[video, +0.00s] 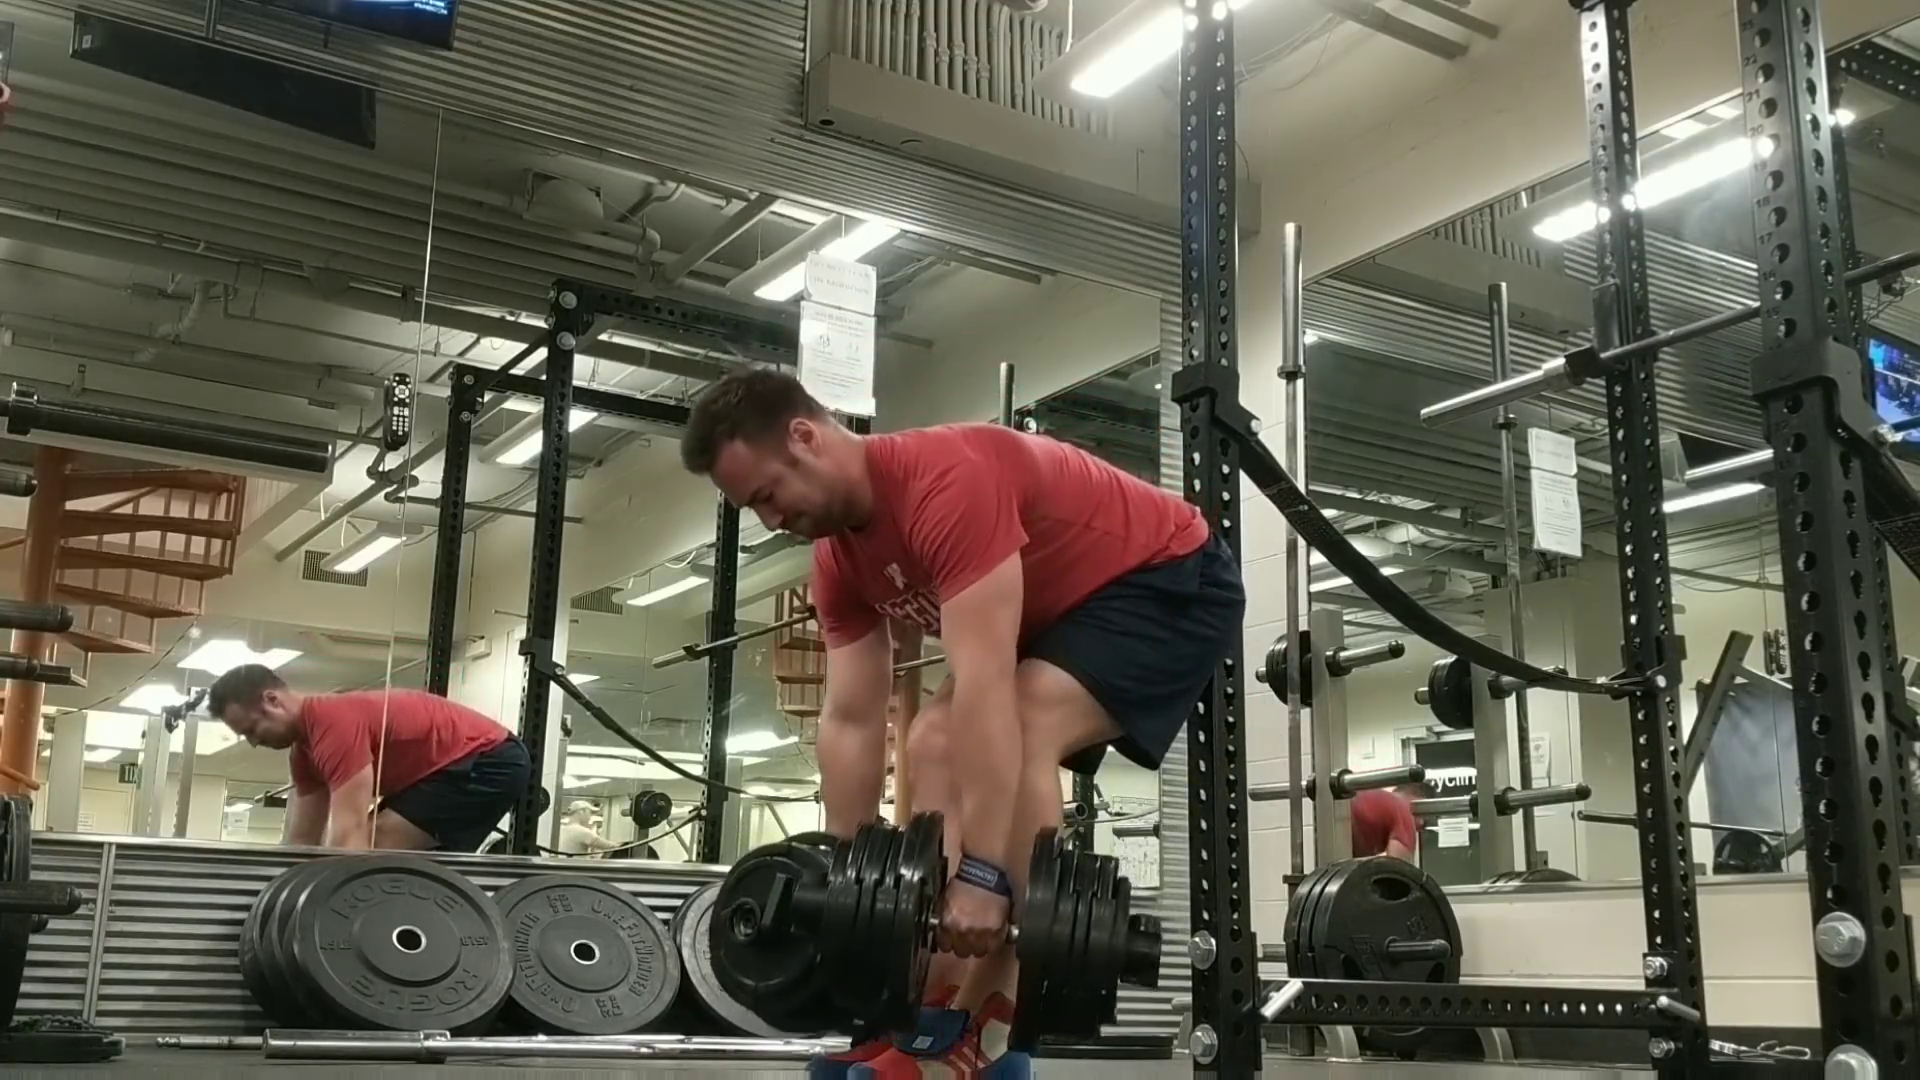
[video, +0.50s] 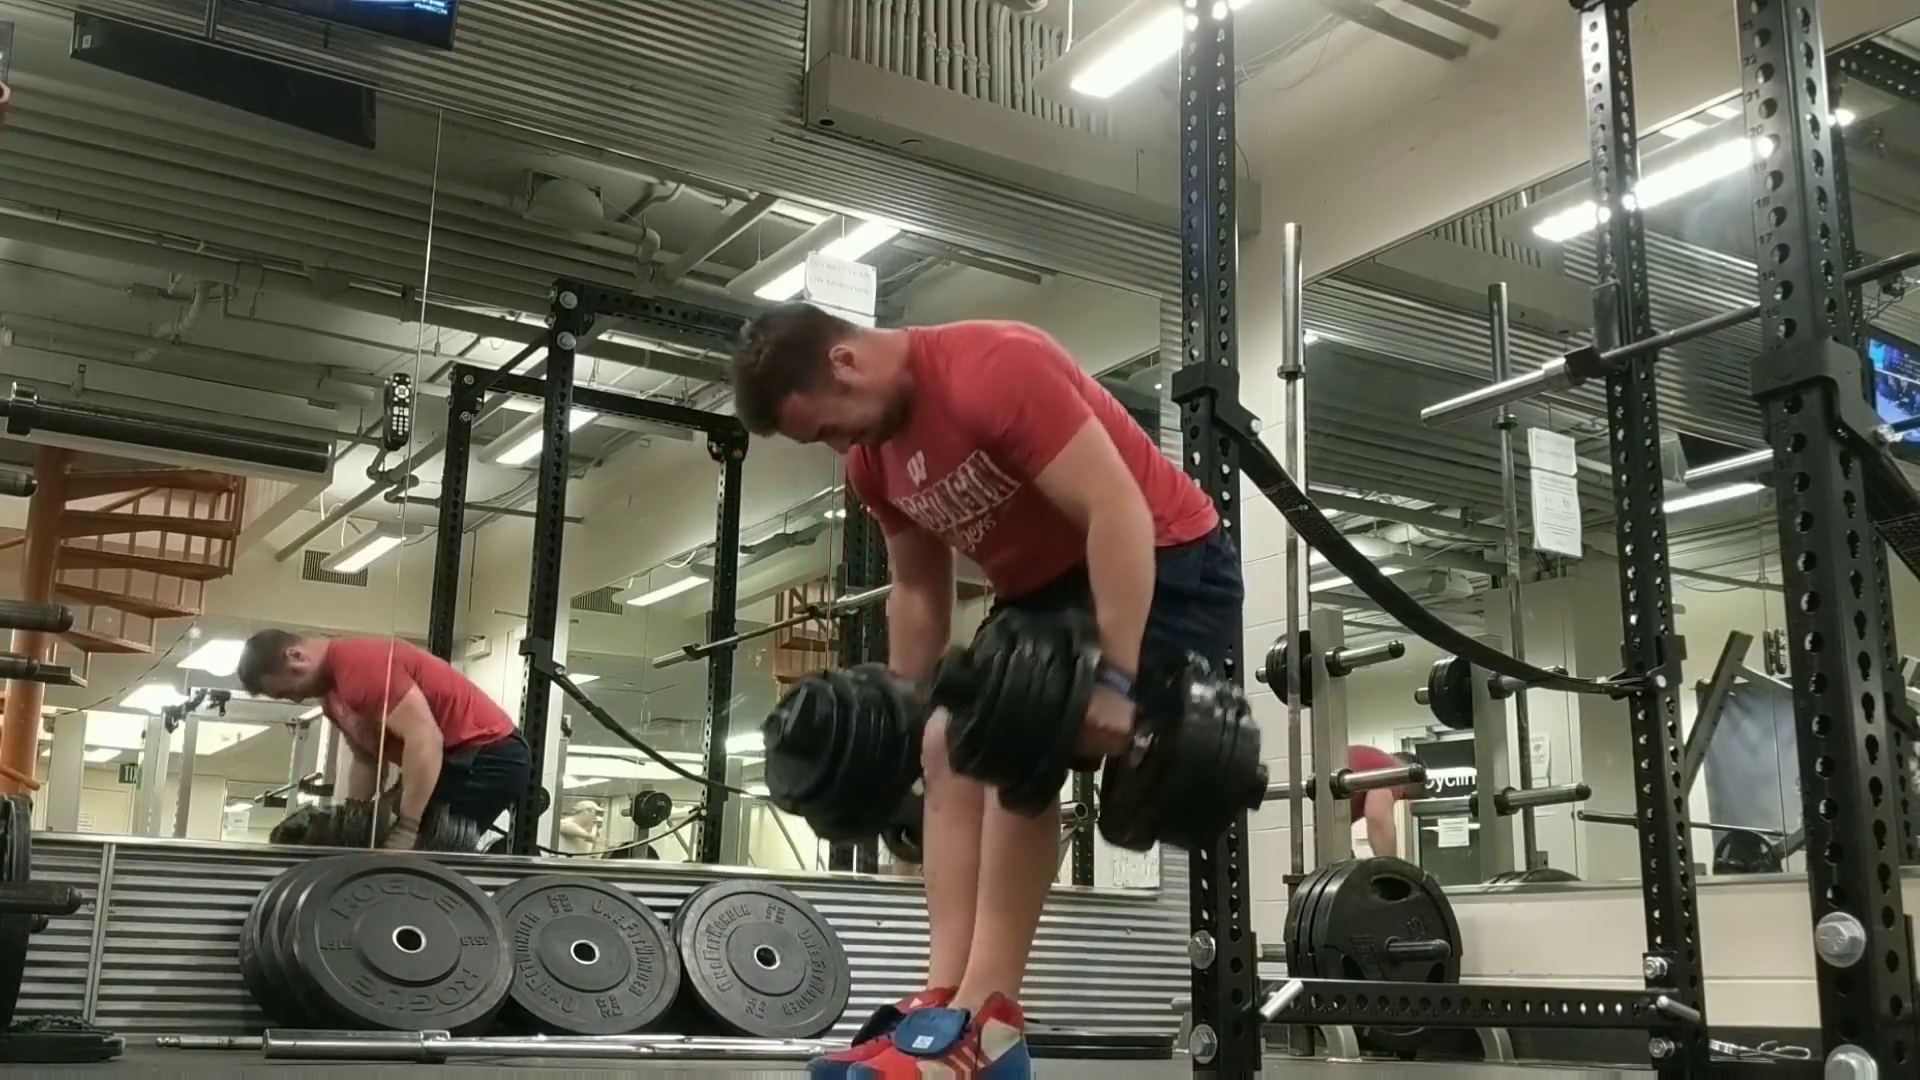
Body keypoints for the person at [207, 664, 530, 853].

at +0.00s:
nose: (252, 741)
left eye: (249, 729)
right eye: (244, 735)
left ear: (273, 700)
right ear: (273, 703)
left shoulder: (335, 723)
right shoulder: (305, 748)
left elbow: (351, 834)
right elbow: (301, 840)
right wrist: (274, 910)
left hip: (489, 760)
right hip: (460, 768)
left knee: (380, 839)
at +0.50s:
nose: (292, 701)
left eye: (285, 692)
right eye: (283, 697)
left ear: (296, 657)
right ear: (296, 657)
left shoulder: (357, 665)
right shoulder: (332, 691)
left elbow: (426, 740)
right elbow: (365, 759)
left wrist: (406, 829)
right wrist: (347, 831)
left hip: (489, 757)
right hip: (453, 760)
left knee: (422, 862)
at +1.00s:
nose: (303, 708)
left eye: (293, 702)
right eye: (292, 707)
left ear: (293, 670)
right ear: (294, 667)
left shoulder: (358, 672)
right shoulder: (338, 686)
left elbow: (435, 736)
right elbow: (382, 751)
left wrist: (423, 826)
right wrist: (362, 816)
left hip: (492, 757)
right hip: (457, 759)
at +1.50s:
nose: (262, 726)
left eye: (258, 714)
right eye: (253, 721)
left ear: (277, 682)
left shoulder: (343, 705)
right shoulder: (311, 735)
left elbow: (359, 811)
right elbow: (317, 818)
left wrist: (346, 906)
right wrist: (300, 898)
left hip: (489, 760)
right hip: (453, 770)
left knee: (379, 843)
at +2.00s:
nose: (254, 733)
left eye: (252, 720)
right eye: (246, 727)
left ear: (276, 693)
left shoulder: (337, 719)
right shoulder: (305, 748)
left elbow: (358, 829)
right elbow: (314, 833)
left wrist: (343, 920)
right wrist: (294, 910)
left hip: (488, 760)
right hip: (455, 770)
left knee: (375, 843)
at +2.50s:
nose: (306, 696)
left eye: (298, 687)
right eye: (296, 693)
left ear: (304, 653)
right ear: (305, 651)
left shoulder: (369, 658)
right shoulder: (340, 684)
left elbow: (441, 724)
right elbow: (381, 743)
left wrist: (420, 810)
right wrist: (361, 806)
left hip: (490, 756)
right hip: (452, 757)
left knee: (434, 868)